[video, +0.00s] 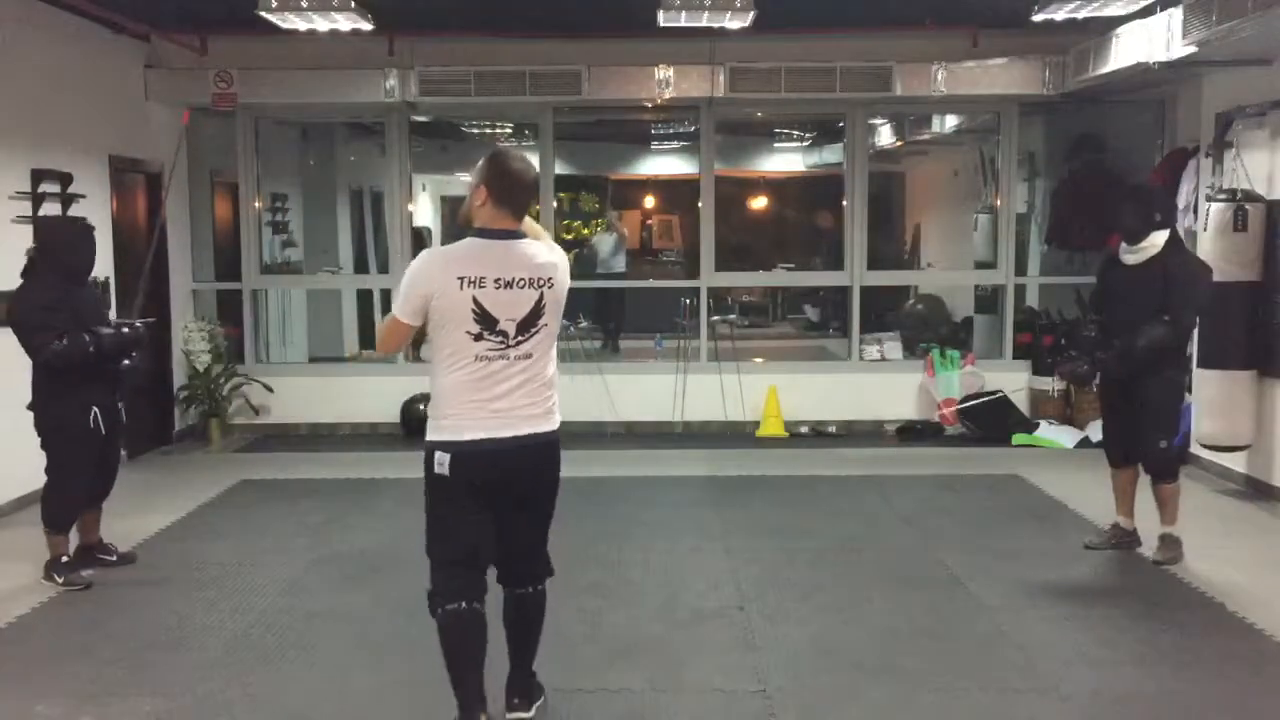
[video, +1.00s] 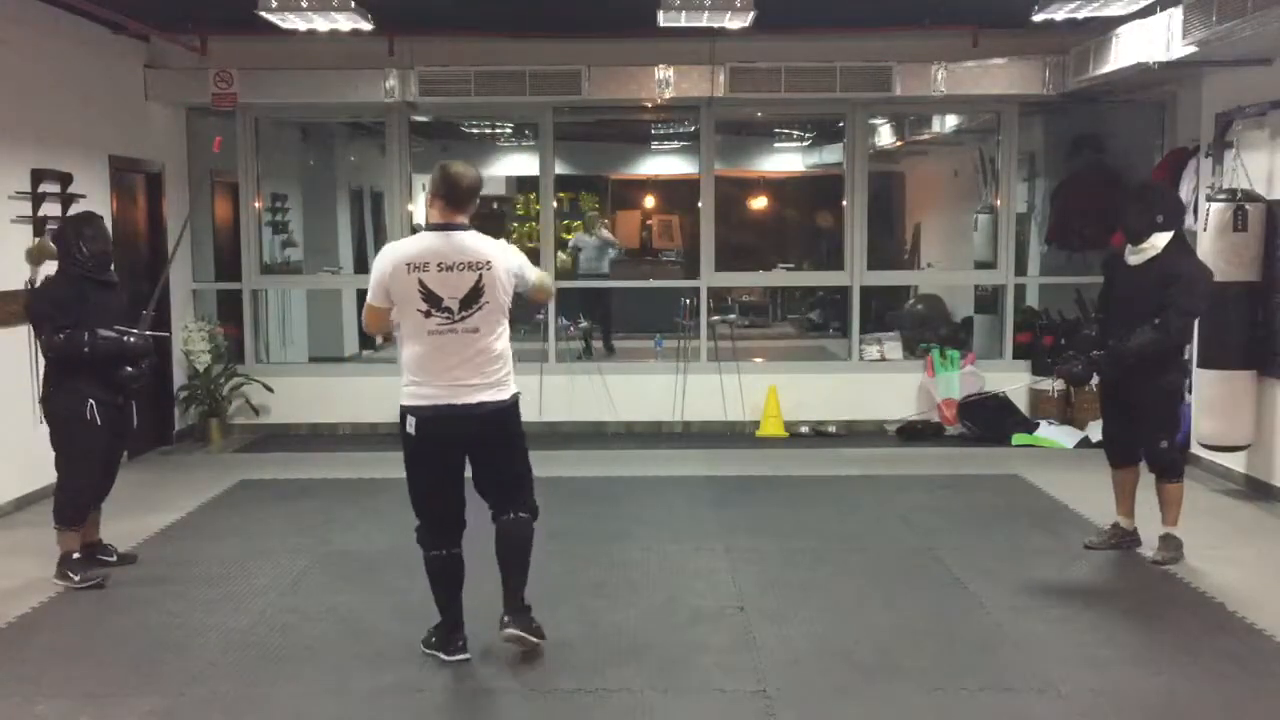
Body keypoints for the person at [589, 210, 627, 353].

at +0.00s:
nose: (610, 221)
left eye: (613, 219)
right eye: (608, 218)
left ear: (618, 221)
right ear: (606, 220)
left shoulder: (621, 235)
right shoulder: (599, 236)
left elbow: (623, 235)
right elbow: (592, 251)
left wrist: (615, 224)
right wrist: (588, 248)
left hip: (617, 273)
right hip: (601, 274)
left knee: (617, 307)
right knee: (601, 307)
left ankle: (615, 339)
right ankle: (606, 337)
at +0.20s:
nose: (609, 221)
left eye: (612, 218)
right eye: (608, 218)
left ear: (618, 219)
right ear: (606, 219)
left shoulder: (621, 234)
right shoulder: (599, 236)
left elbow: (622, 235)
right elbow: (591, 251)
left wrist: (613, 222)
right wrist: (588, 247)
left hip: (617, 273)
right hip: (601, 274)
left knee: (617, 308)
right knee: (600, 307)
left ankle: (615, 339)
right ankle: (602, 334)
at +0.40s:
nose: (607, 221)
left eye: (610, 219)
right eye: (606, 218)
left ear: (616, 220)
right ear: (603, 219)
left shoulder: (620, 234)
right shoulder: (597, 235)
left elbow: (621, 237)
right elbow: (588, 250)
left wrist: (610, 223)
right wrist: (583, 248)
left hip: (616, 276)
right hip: (598, 276)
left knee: (616, 310)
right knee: (595, 310)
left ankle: (614, 342)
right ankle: (594, 343)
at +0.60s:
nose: (602, 224)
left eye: (605, 222)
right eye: (600, 221)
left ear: (611, 222)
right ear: (597, 223)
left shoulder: (614, 237)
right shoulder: (591, 238)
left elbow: (616, 236)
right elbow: (582, 251)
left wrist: (603, 223)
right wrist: (577, 249)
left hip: (611, 276)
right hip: (593, 276)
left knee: (613, 311)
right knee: (592, 311)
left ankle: (614, 342)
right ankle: (588, 344)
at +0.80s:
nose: (598, 225)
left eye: (602, 222)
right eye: (596, 222)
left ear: (606, 223)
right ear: (592, 223)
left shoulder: (609, 237)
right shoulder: (582, 237)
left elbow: (612, 236)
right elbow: (573, 254)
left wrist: (599, 224)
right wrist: (573, 273)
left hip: (604, 277)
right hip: (586, 277)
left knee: (608, 312)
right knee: (586, 314)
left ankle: (613, 344)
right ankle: (587, 347)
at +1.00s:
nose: (593, 223)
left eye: (595, 220)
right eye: (590, 220)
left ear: (599, 221)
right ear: (585, 222)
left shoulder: (603, 235)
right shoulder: (579, 237)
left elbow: (615, 243)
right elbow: (570, 250)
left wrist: (601, 234)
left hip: (601, 276)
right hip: (584, 276)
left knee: (604, 310)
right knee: (585, 312)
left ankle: (607, 341)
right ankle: (587, 346)